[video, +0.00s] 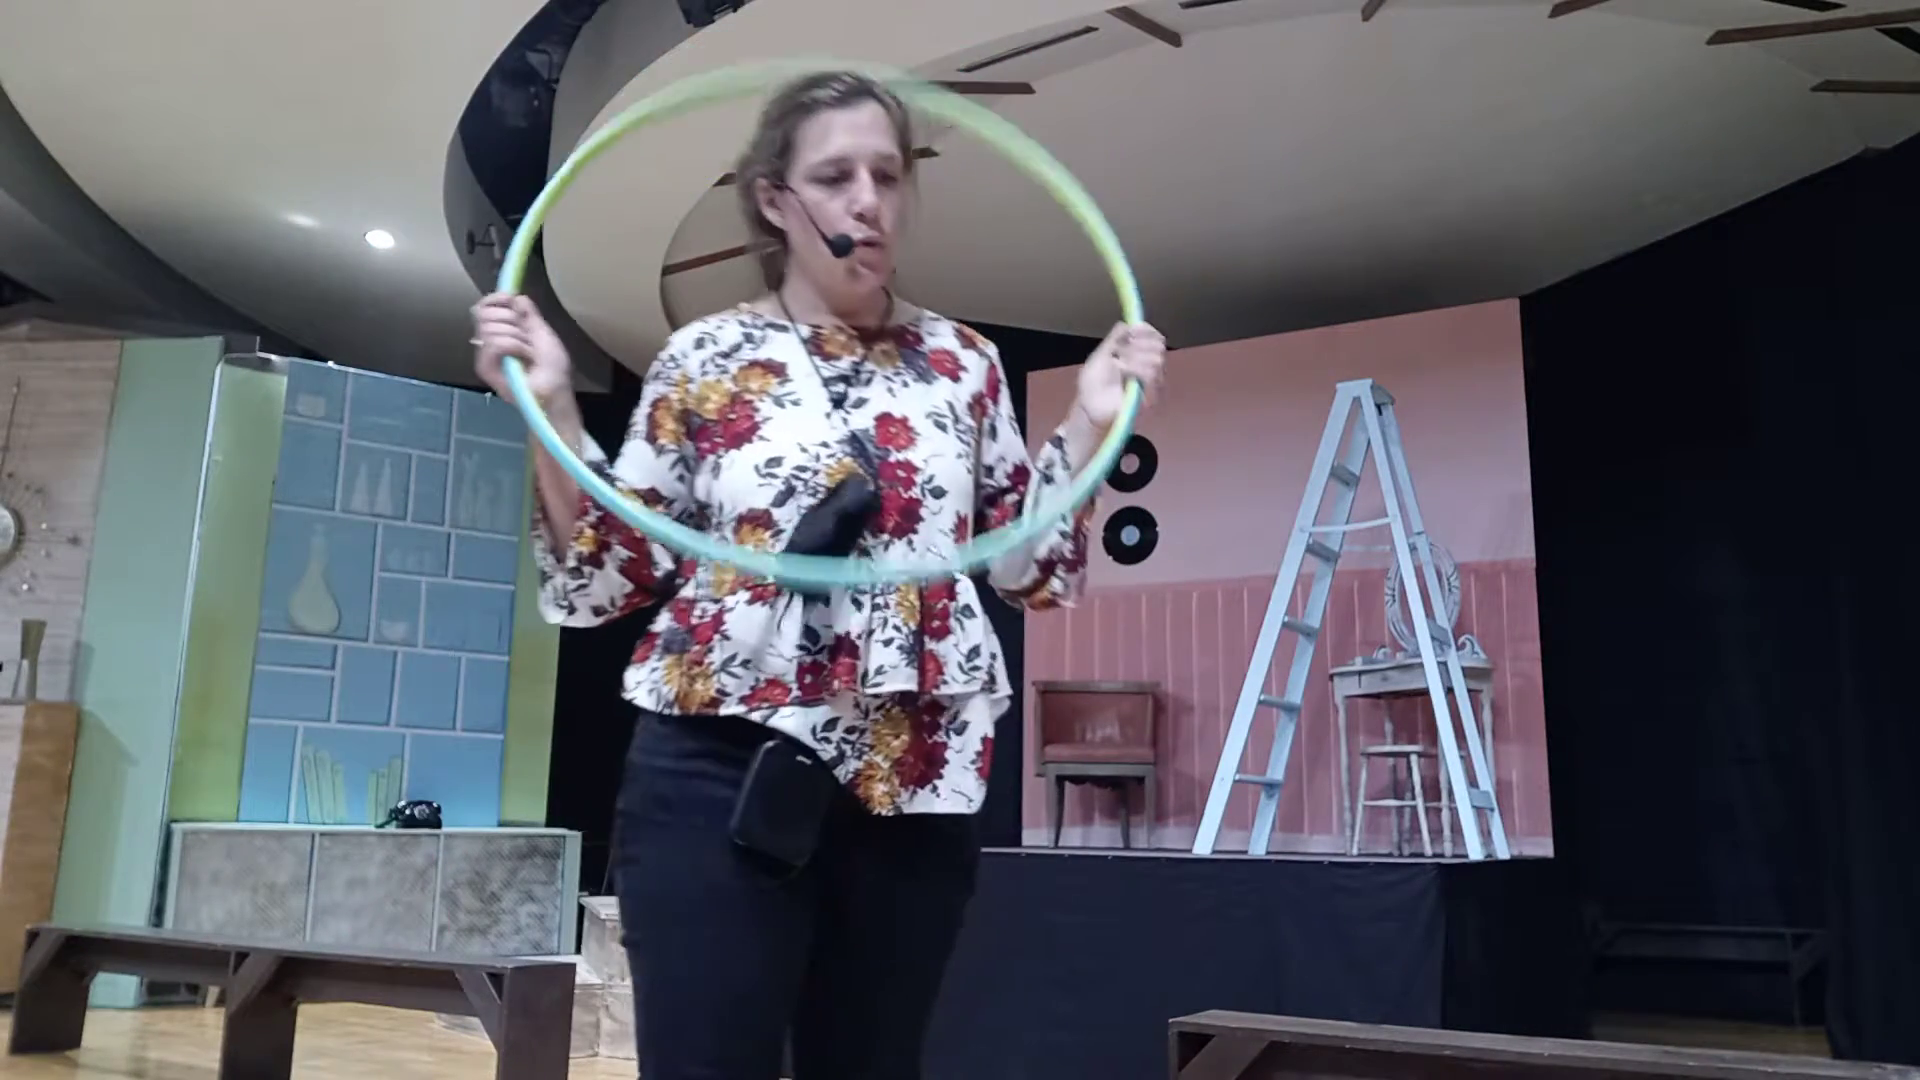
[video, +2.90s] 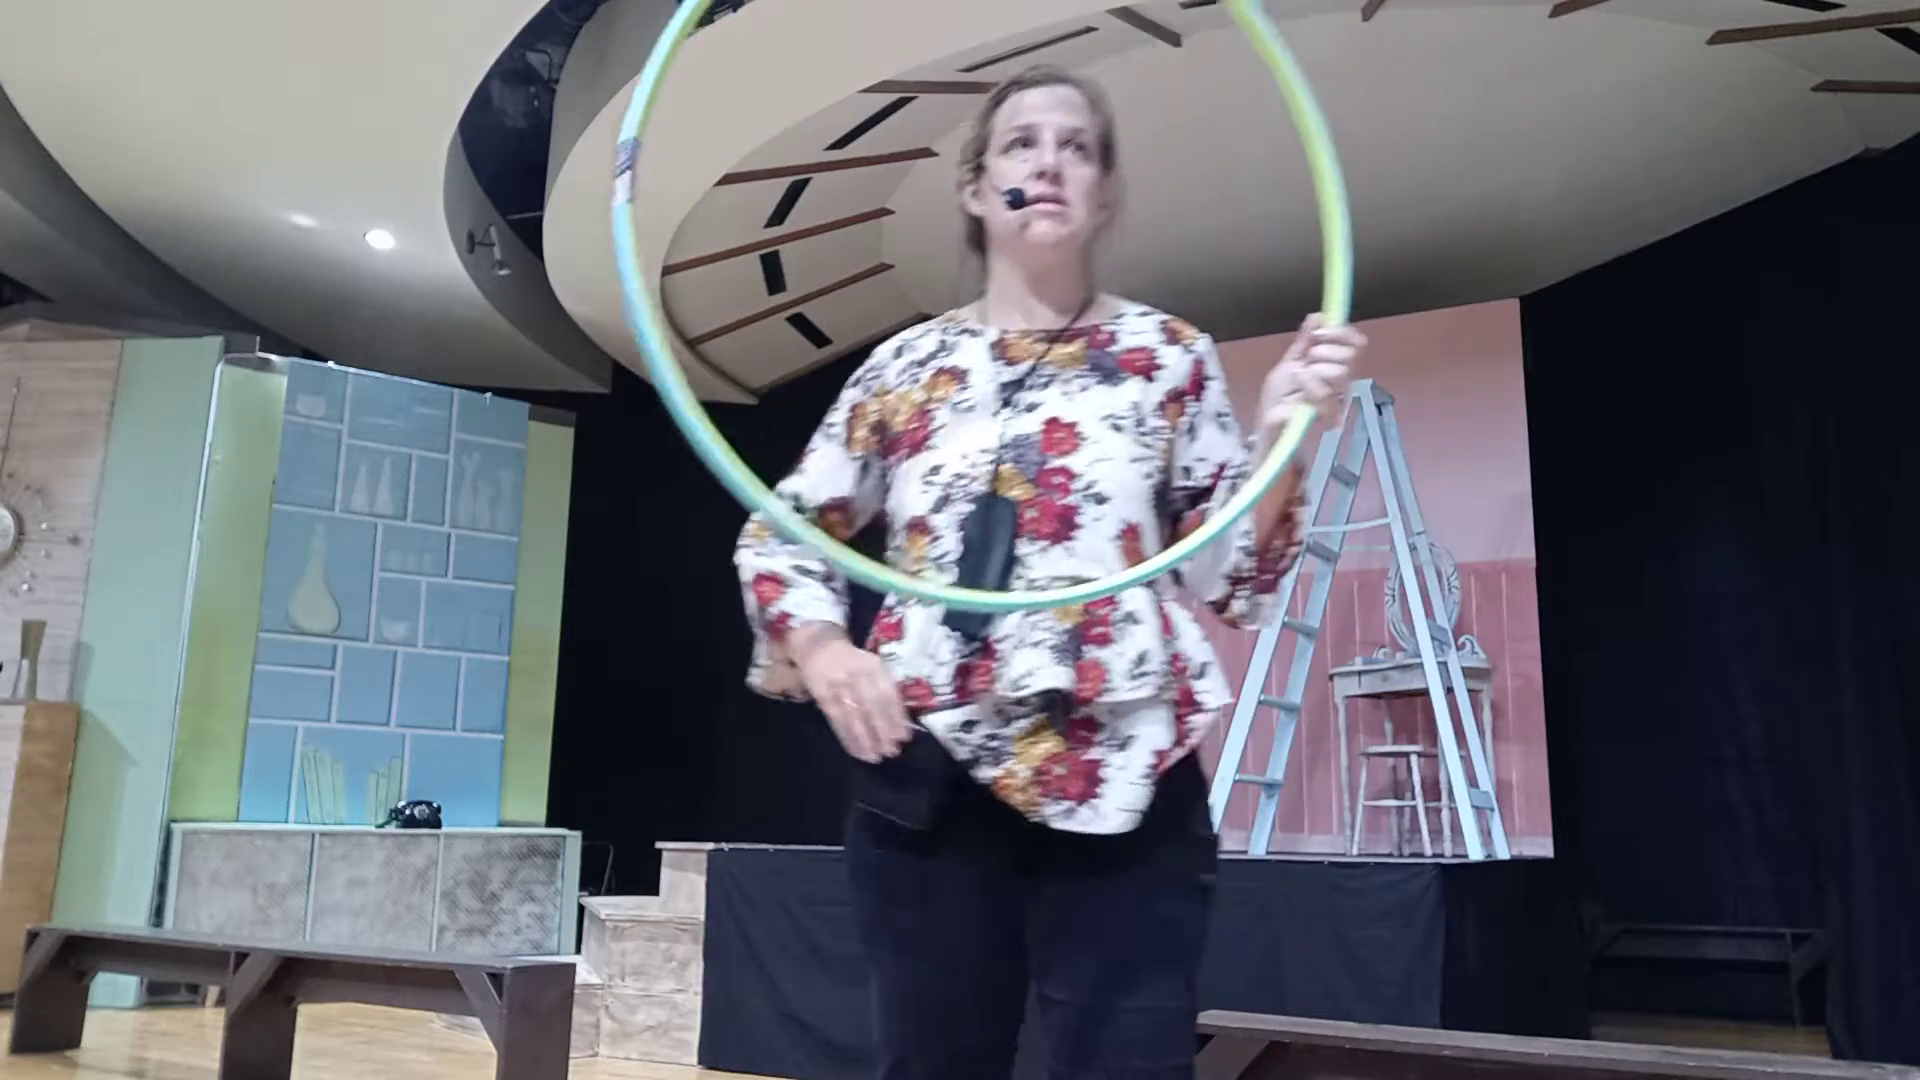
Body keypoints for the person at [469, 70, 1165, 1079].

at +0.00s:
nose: (867, 205)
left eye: (886, 178)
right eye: (835, 177)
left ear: (910, 195)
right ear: (775, 204)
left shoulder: (966, 366)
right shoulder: (700, 361)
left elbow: (1016, 568)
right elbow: (611, 579)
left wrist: (1090, 430)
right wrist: (548, 410)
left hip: (914, 797)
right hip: (716, 775)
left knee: (869, 1066)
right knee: (710, 1063)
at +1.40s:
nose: (917, 137)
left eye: (935, 102)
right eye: (879, 104)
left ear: (955, 113)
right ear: (794, 121)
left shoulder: (990, 310)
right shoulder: (711, 296)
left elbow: (1043, 542)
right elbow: (619, 564)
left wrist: (1153, 402)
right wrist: (565, 379)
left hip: (978, 806)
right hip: (759, 788)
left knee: (1028, 1061)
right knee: (754, 1063)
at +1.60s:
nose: (1026, 135)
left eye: (1044, 105)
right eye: (991, 101)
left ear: (1064, 122)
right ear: (906, 118)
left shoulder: (1101, 326)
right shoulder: (818, 294)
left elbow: (1157, 544)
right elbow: (715, 550)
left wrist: (1270, 404)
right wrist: (671, 354)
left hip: (1090, 801)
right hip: (864, 780)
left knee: (1120, 1064)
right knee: (828, 1064)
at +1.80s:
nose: (1082, 132)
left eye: (1112, 104)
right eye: (1050, 102)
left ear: (1149, 133)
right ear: (999, 132)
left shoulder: (1205, 328)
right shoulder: (911, 302)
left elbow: (1269, 557)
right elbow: (790, 550)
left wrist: (1380, 415)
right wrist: (725, 393)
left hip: (1175, 805)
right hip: (946, 778)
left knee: (1166, 1069)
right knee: (895, 1064)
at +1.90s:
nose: (1111, 137)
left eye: (1141, 108)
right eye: (1081, 108)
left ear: (1183, 134)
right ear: (1036, 136)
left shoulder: (1247, 332)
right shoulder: (950, 308)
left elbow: (1305, 551)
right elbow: (839, 481)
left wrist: (1421, 414)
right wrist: (765, 514)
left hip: (1200, 794)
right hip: (976, 770)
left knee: (1178, 1064)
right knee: (925, 1058)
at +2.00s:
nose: (1134, 137)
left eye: (1165, 109)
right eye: (1106, 108)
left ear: (1211, 138)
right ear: (1061, 137)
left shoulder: (1277, 332)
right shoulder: (981, 315)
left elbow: (1344, 561)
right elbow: (852, 521)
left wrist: (1443, 412)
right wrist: (848, 649)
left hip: (1216, 802)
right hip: (992, 775)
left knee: (1186, 1065)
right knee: (931, 1062)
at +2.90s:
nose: (1045, 159)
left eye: (1075, 146)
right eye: (1018, 144)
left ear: (1109, 198)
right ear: (976, 193)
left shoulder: (1174, 358)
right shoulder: (903, 368)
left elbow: (1233, 581)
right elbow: (776, 543)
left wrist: (1284, 427)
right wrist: (822, 650)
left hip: (1130, 806)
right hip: (933, 797)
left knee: (1126, 1062)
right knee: (936, 1061)